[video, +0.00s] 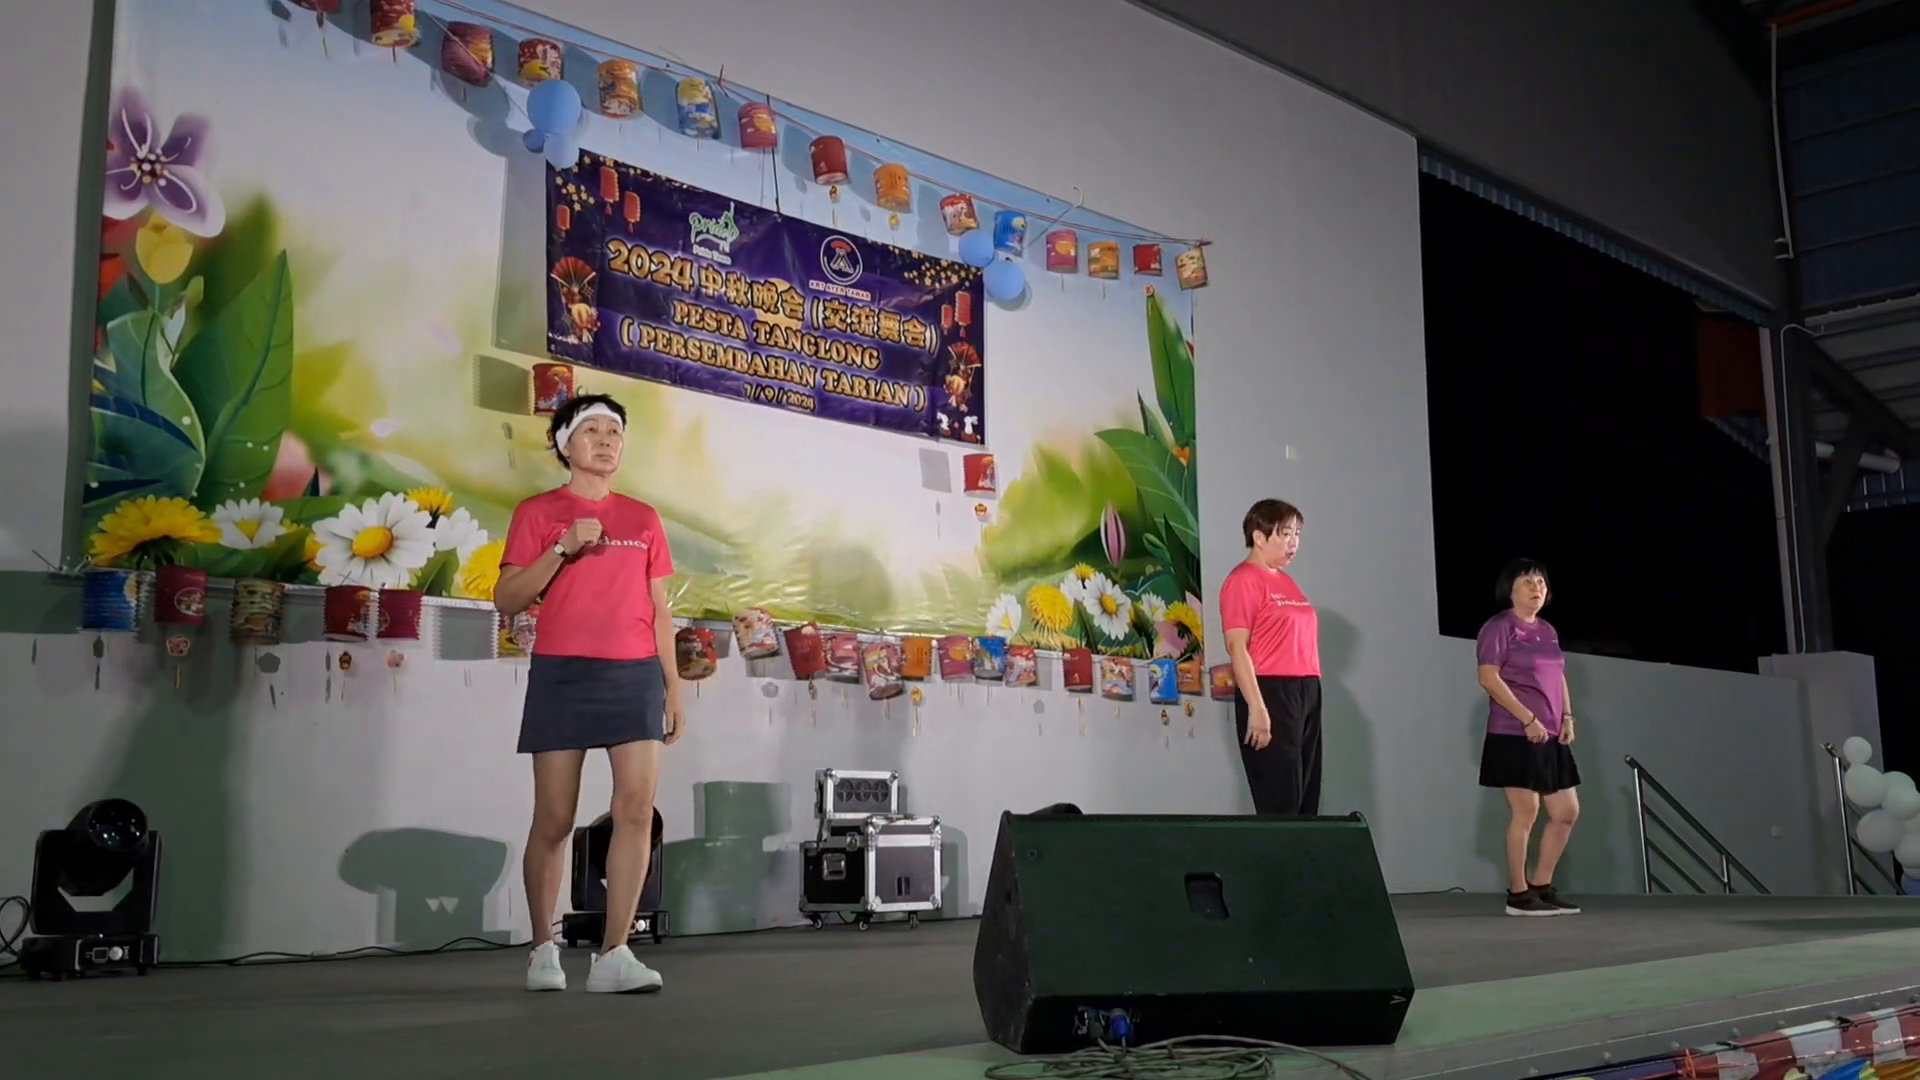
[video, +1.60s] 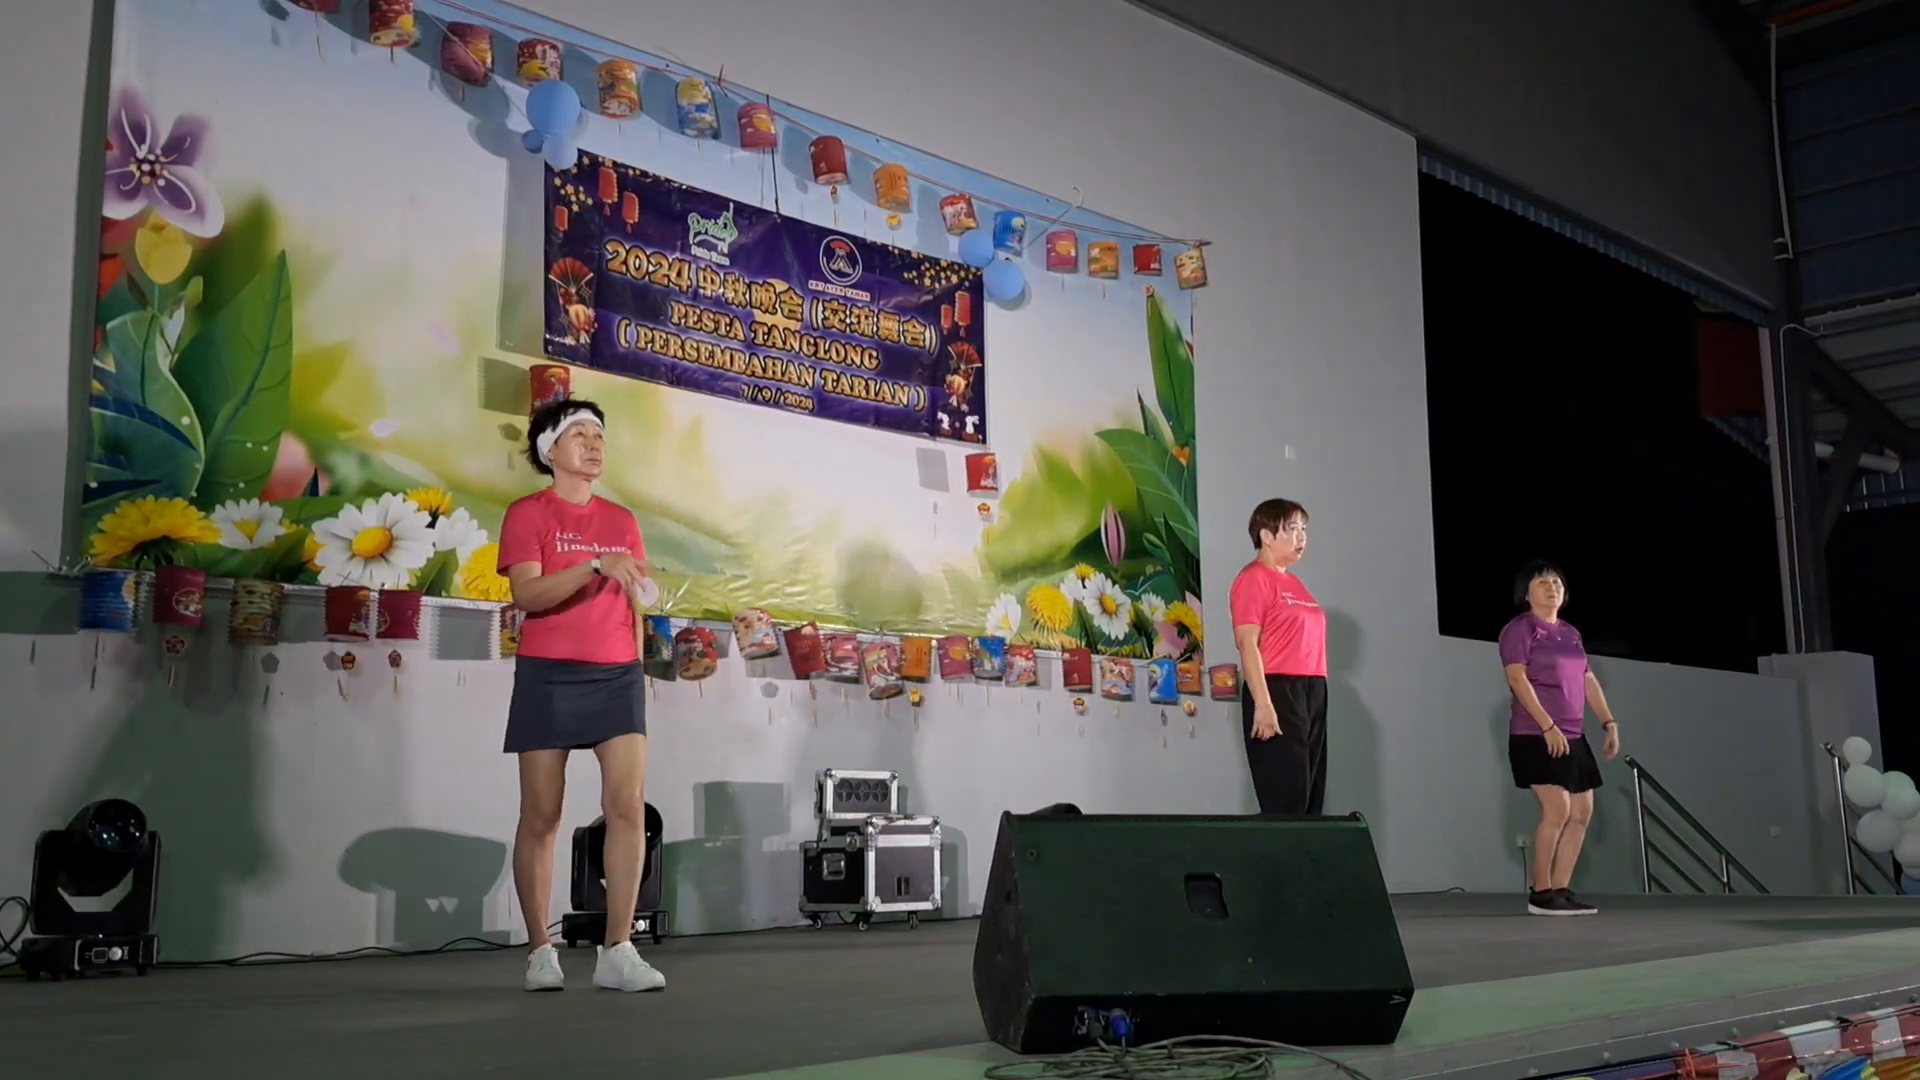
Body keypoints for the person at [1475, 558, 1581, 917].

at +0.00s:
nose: (1536, 588)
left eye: (1541, 582)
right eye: (1527, 583)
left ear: (1546, 590)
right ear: (1511, 590)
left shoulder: (1548, 631)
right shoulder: (1498, 627)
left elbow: (1559, 676)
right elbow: (1488, 678)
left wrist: (1567, 715)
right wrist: (1528, 719)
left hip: (1550, 736)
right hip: (1513, 736)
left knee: (1566, 811)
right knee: (1525, 811)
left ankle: (1541, 888)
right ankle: (1518, 893)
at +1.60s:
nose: (1552, 587)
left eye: (1556, 583)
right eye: (1543, 583)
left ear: (1563, 591)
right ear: (1528, 592)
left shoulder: (1571, 634)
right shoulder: (1518, 630)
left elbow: (1587, 680)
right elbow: (1517, 681)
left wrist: (1608, 722)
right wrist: (1549, 726)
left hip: (1573, 736)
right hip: (1533, 735)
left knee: (1581, 812)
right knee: (1557, 810)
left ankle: (1560, 890)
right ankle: (1541, 891)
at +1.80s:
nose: (1548, 592)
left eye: (1553, 587)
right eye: (1540, 586)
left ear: (1560, 594)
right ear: (1525, 593)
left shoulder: (1573, 635)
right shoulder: (1508, 631)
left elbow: (1600, 675)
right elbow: (1493, 675)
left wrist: (1635, 701)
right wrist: (1507, 714)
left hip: (1565, 738)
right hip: (1523, 736)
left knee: (1574, 812)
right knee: (1535, 811)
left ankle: (1558, 891)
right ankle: (1520, 886)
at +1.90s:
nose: (1539, 593)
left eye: (1544, 587)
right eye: (1531, 586)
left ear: (1551, 592)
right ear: (1514, 591)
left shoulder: (1563, 630)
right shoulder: (1495, 629)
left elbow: (1591, 670)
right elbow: (1474, 671)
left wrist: (1629, 673)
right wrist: (1466, 706)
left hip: (1560, 734)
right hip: (1515, 734)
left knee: (1578, 807)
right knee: (1520, 812)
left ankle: (1560, 888)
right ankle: (1508, 886)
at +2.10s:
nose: (1523, 599)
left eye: (1528, 593)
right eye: (1515, 593)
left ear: (1534, 598)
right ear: (1498, 597)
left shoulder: (1545, 634)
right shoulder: (1477, 636)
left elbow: (1571, 676)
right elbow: (1446, 678)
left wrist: (1599, 661)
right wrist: (1411, 714)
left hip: (1545, 738)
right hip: (1496, 740)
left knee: (1584, 803)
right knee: (1501, 811)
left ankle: (1596, 886)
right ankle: (1505, 891)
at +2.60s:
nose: (1497, 586)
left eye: (1503, 581)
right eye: (1489, 583)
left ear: (1514, 591)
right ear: (1479, 595)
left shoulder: (1536, 631)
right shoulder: (1465, 637)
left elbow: (1557, 674)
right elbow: (1452, 689)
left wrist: (1570, 696)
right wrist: (1442, 738)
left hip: (1540, 736)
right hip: (1491, 739)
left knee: (1574, 804)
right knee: (1498, 813)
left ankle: (1574, 886)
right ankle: (1505, 891)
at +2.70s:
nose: (1501, 586)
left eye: (1507, 582)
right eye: (1493, 583)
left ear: (1518, 592)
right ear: (1482, 595)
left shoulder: (1538, 632)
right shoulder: (1470, 636)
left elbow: (1556, 676)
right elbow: (1463, 689)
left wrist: (1569, 715)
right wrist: (1476, 737)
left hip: (1543, 740)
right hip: (1497, 742)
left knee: (1571, 807)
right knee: (1501, 814)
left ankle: (1557, 887)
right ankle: (1505, 891)